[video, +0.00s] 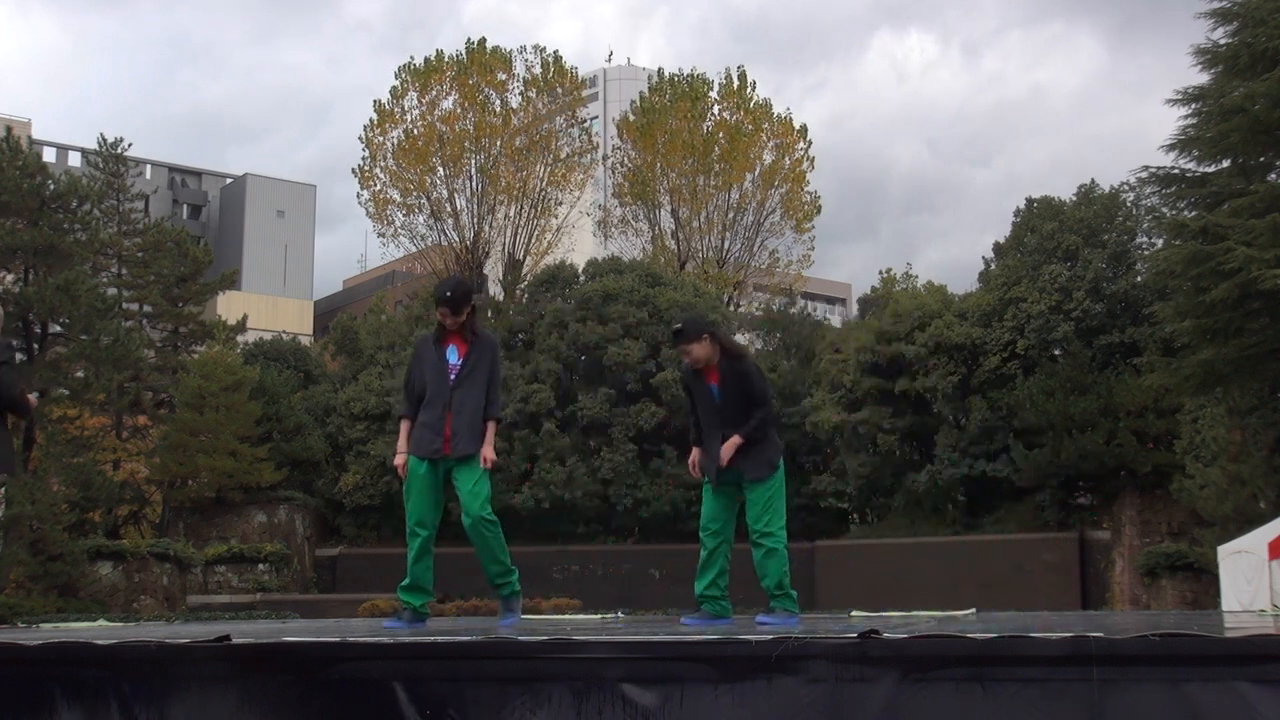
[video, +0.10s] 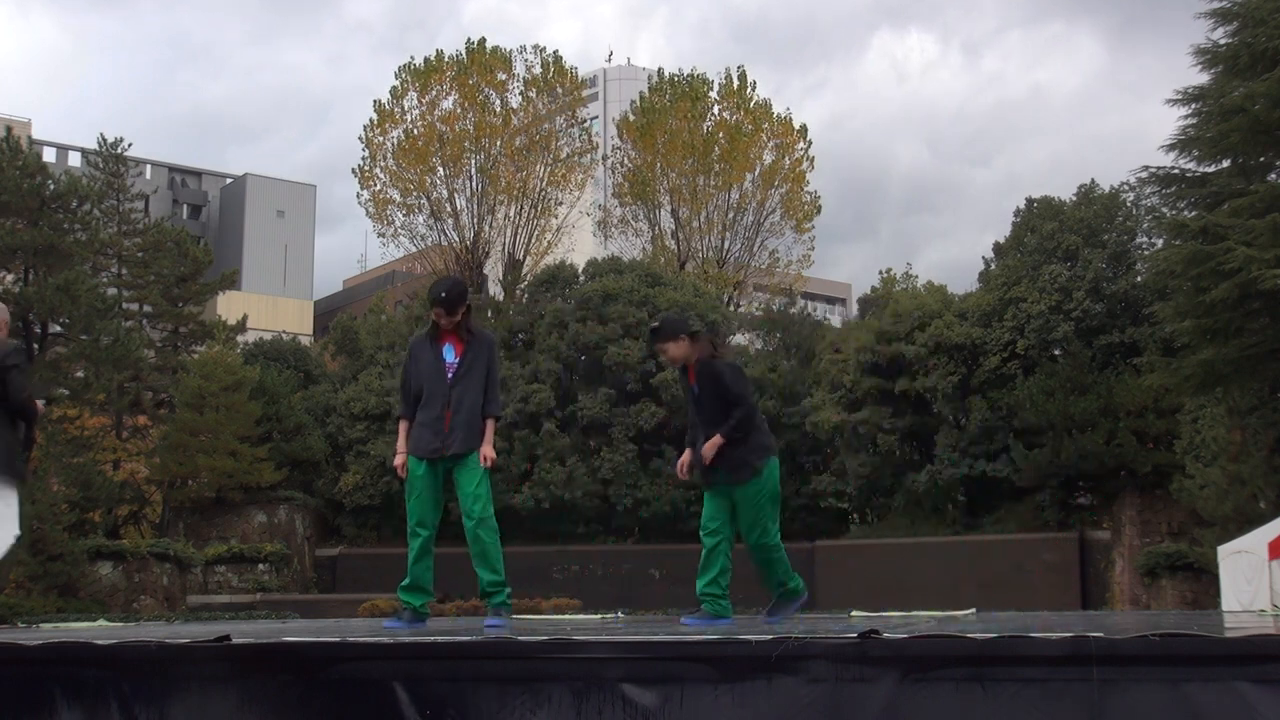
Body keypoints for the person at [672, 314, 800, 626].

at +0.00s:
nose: (685, 358)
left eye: (689, 350)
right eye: (682, 353)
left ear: (707, 340)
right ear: (684, 351)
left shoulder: (741, 365)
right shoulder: (690, 376)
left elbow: (765, 410)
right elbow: (696, 416)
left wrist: (736, 439)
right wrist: (697, 445)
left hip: (760, 459)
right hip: (719, 461)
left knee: (766, 532)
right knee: (712, 533)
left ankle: (784, 606)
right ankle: (714, 606)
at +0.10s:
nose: (664, 357)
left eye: (666, 350)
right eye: (661, 352)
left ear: (684, 341)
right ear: (680, 345)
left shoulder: (722, 370)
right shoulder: (689, 375)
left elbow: (746, 410)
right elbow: (697, 418)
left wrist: (717, 439)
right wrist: (690, 449)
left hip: (754, 462)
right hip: (719, 465)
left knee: (759, 534)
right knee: (714, 535)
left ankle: (791, 590)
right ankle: (715, 605)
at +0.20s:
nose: (656, 357)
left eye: (656, 349)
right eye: (653, 351)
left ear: (672, 342)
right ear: (673, 344)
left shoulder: (706, 372)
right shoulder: (692, 375)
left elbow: (735, 415)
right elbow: (698, 425)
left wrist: (709, 446)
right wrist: (678, 455)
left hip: (745, 464)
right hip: (716, 467)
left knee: (749, 529)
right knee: (705, 533)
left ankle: (796, 545)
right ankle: (715, 606)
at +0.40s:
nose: (685, 334)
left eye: (690, 326)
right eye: (677, 329)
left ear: (704, 327)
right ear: (671, 336)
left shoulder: (728, 359)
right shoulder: (669, 377)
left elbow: (752, 402)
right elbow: (668, 422)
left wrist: (720, 431)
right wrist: (666, 449)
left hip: (742, 455)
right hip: (700, 465)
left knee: (740, 517)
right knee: (696, 539)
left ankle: (779, 557)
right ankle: (715, 609)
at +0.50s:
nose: (699, 326)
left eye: (705, 318)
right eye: (692, 321)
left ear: (714, 322)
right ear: (682, 328)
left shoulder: (736, 359)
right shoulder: (672, 373)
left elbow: (756, 406)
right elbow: (661, 423)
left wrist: (737, 440)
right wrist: (662, 460)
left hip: (745, 463)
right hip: (699, 469)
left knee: (754, 524)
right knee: (696, 538)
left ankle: (770, 604)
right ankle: (714, 608)